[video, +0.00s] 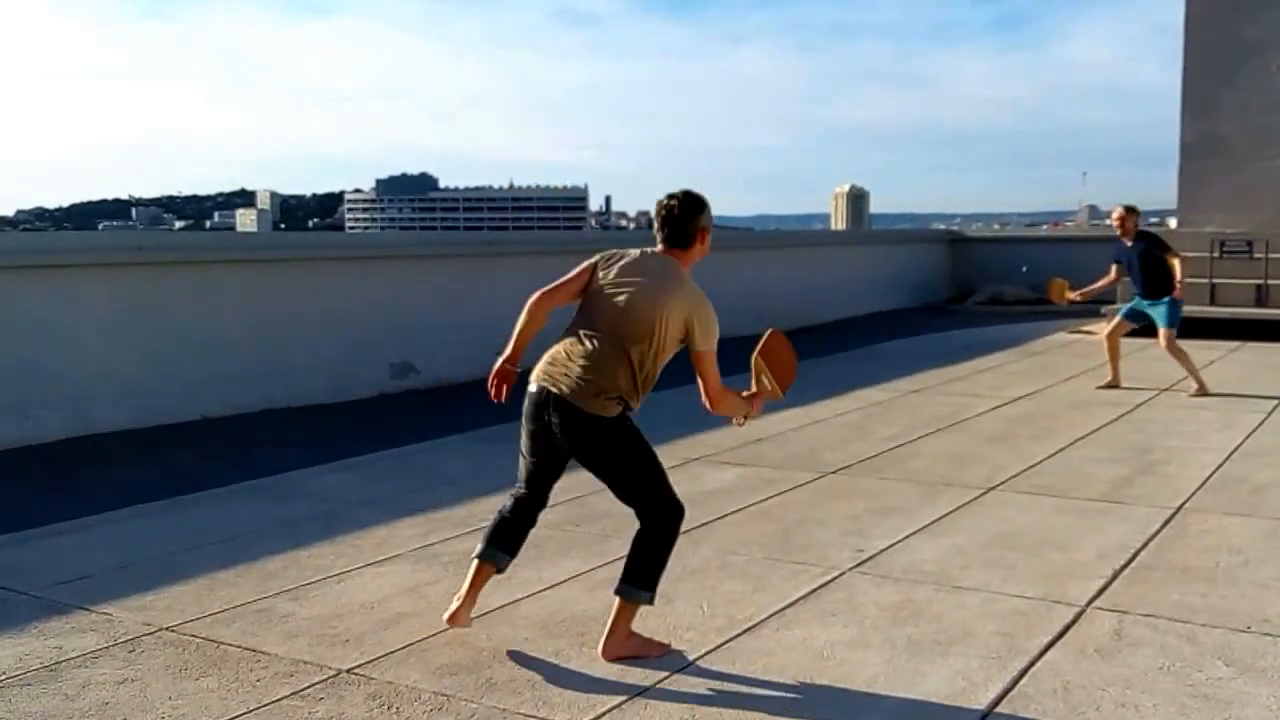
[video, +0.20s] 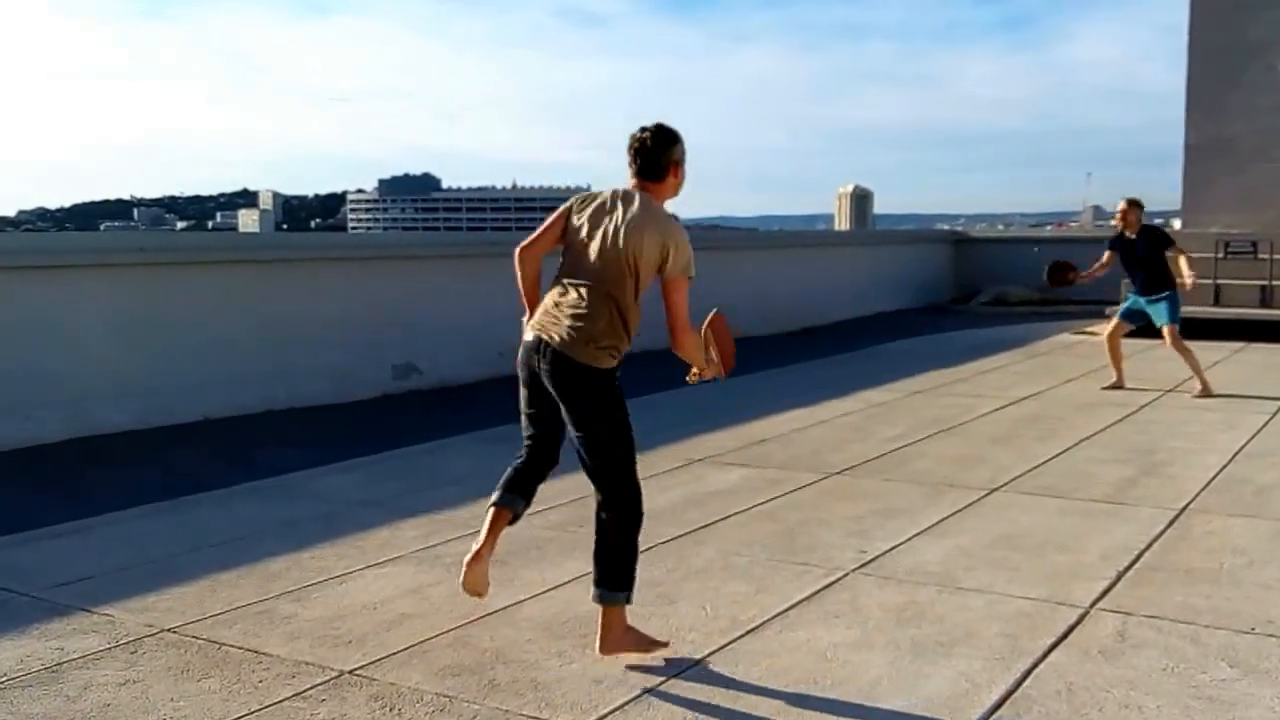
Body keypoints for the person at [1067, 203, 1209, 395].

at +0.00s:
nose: (1117, 225)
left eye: (1121, 220)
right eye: (1115, 221)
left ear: (1134, 221)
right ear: (1113, 223)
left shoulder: (1149, 239)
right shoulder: (1121, 248)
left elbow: (1175, 259)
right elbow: (1113, 277)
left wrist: (1179, 283)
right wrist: (1084, 293)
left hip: (1165, 300)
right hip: (1141, 300)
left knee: (1167, 342)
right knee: (1110, 334)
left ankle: (1200, 384)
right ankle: (1114, 378)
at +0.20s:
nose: (1118, 216)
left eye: (1123, 213)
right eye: (1118, 212)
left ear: (1137, 215)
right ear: (1120, 215)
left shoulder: (1154, 233)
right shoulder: (1118, 240)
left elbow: (1179, 253)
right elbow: (1105, 264)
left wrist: (1187, 274)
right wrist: (1087, 275)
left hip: (1164, 296)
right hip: (1139, 298)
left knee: (1172, 340)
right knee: (1111, 335)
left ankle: (1203, 383)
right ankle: (1118, 379)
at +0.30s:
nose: (1125, 202)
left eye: (1130, 198)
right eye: (1123, 198)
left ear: (1141, 202)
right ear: (1120, 201)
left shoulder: (1155, 223)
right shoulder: (1118, 226)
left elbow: (1183, 242)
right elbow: (1107, 251)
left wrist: (1193, 254)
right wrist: (1096, 253)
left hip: (1159, 287)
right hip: (1133, 289)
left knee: (1174, 330)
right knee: (1114, 334)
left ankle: (1200, 379)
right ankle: (1120, 379)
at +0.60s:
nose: (1143, 192)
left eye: (1148, 188)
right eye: (1140, 188)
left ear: (1155, 192)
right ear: (1135, 191)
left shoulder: (1165, 214)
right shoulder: (1128, 215)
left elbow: (1193, 232)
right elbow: (1123, 224)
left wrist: (1206, 229)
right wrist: (1140, 206)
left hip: (1162, 281)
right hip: (1135, 280)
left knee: (1174, 329)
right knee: (1120, 327)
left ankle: (1185, 380)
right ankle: (1115, 372)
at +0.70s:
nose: (1144, 199)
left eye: (1148, 195)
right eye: (1141, 195)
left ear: (1156, 200)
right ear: (1135, 199)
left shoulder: (1165, 222)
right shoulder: (1129, 222)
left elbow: (1186, 242)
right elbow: (1125, 232)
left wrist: (1196, 245)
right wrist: (1145, 218)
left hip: (1162, 289)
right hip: (1134, 288)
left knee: (1173, 333)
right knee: (1120, 333)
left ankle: (1188, 382)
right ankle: (1117, 377)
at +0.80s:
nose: (1147, 201)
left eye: (1151, 198)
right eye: (1144, 197)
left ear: (1158, 201)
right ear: (1137, 200)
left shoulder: (1168, 225)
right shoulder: (1128, 224)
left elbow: (1177, 253)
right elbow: (1126, 245)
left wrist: (1184, 269)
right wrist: (1146, 243)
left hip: (1164, 290)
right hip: (1136, 288)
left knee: (1176, 334)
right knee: (1119, 334)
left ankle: (1193, 379)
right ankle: (1119, 377)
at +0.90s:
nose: (1151, 203)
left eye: (1155, 199)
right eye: (1148, 199)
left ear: (1162, 203)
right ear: (1142, 202)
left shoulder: (1173, 227)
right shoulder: (1132, 228)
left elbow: (1179, 260)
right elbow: (1125, 259)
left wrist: (1178, 284)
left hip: (1165, 290)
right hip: (1138, 289)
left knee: (1178, 335)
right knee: (1121, 334)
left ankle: (1196, 378)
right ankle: (1121, 378)